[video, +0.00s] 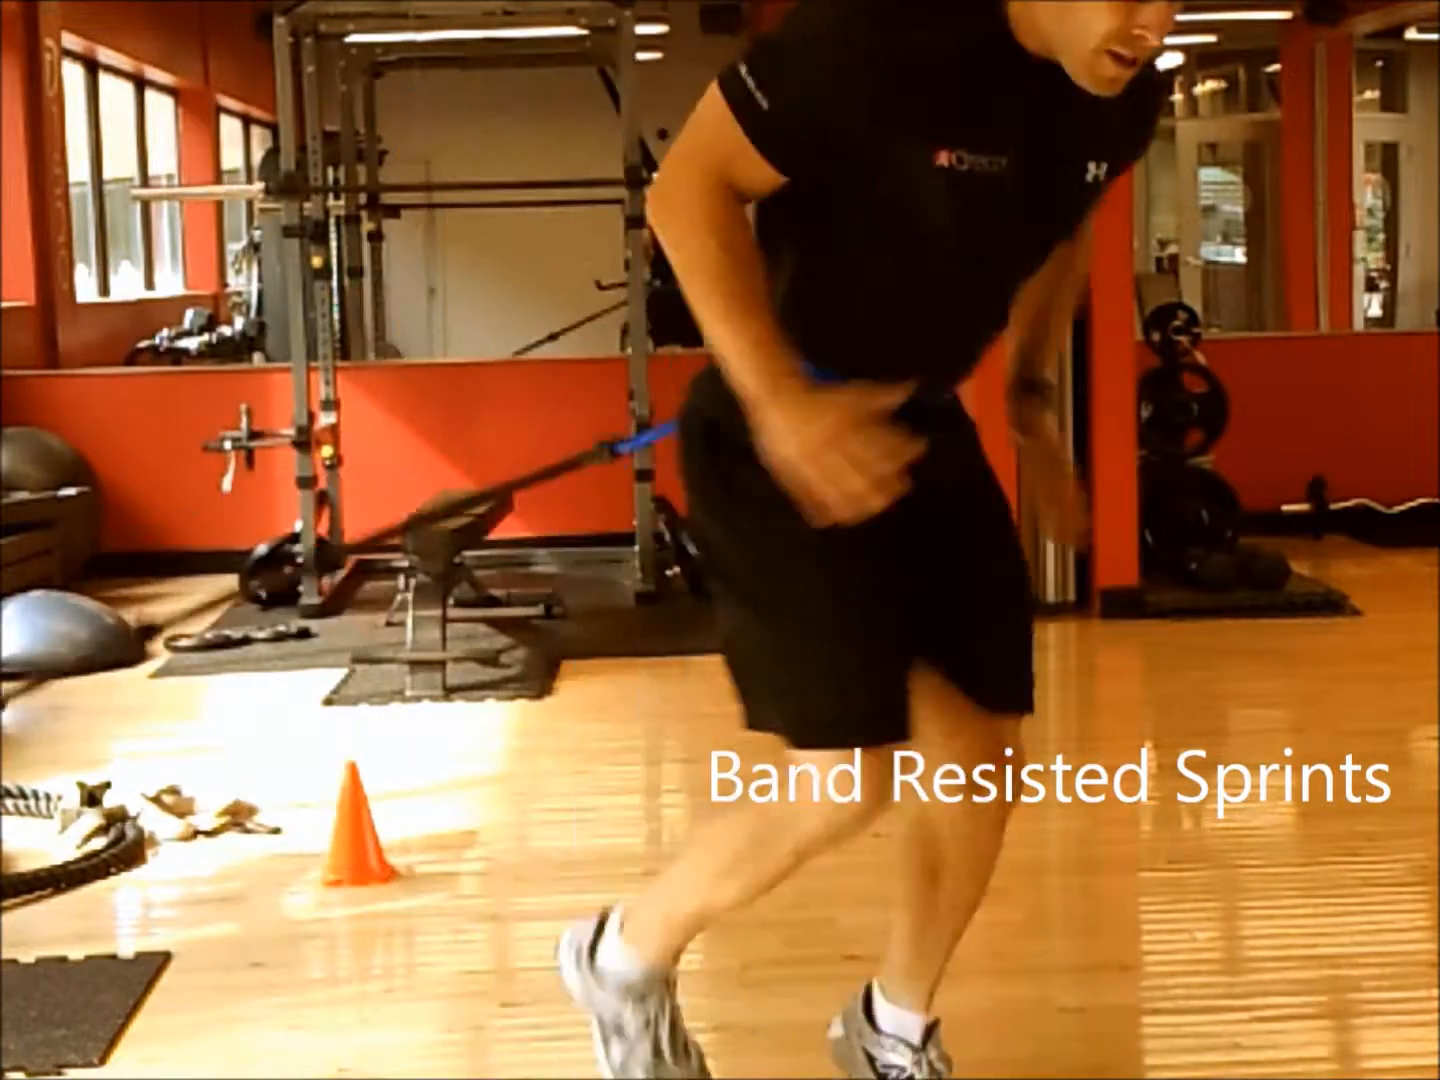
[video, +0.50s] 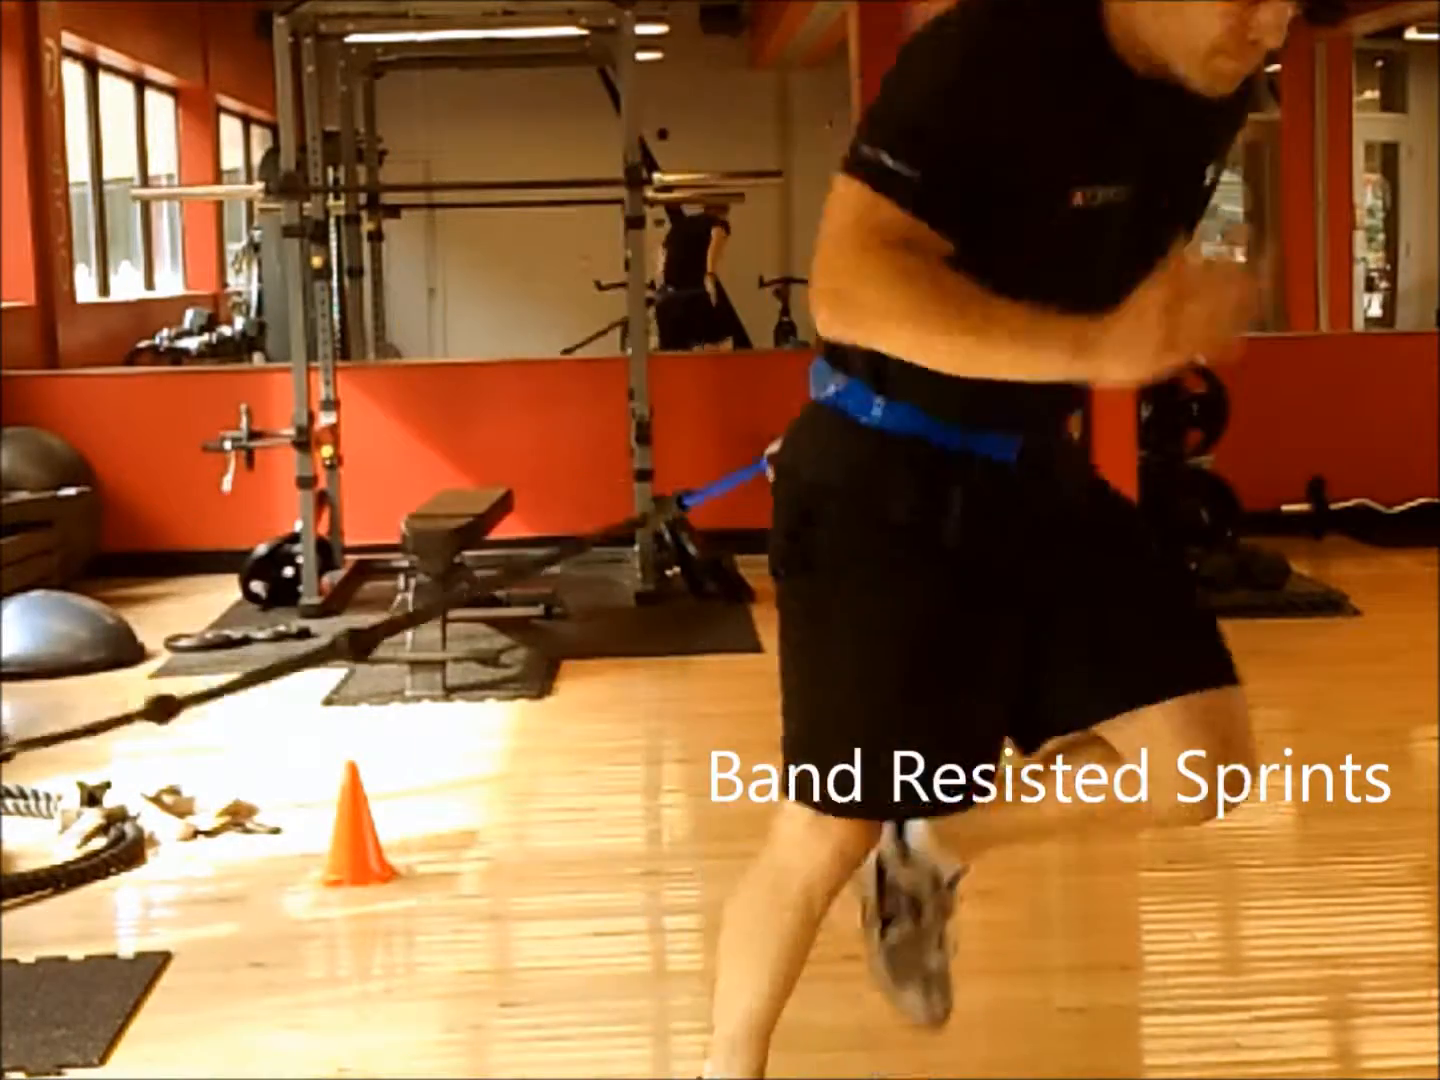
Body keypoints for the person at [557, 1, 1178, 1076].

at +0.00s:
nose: (1150, 27)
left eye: (1170, 5)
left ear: (1179, 10)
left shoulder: (1119, 103)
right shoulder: (872, 40)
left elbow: (1061, 237)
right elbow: (688, 186)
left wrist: (1030, 401)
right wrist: (780, 398)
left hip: (920, 416)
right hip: (772, 415)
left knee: (981, 745)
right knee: (844, 771)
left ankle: (893, 1025)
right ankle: (623, 955)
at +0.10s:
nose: (1186, 64)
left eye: (1205, 38)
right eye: (1165, 24)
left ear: (1210, 45)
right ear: (1069, 5)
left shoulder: (1156, 158)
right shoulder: (899, 85)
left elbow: (1176, 344)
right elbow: (666, 151)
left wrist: (1246, 446)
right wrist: (587, 356)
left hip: (968, 498)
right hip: (834, 491)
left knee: (967, 805)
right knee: (1006, 772)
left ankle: (861, 1058)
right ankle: (713, 797)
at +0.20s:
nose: (1217, 23)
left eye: (1238, 4)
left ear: (1251, 12)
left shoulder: (1201, 108)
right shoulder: (929, 37)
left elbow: (1205, 274)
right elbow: (696, 103)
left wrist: (1281, 334)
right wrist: (636, 331)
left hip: (995, 456)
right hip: (860, 444)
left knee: (951, 774)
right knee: (1009, 775)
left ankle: (870, 1037)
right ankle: (770, 902)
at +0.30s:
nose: (1227, 1)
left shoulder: (1214, 62)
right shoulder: (938, 27)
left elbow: (1167, 222)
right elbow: (740, 163)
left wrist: (1182, 405)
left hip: (1029, 436)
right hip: (869, 435)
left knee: (1098, 780)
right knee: (886, 809)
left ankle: (885, 924)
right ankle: (766, 1062)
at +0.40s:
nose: (1228, 56)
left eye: (1240, 25)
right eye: (1207, 16)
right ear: (1104, 2)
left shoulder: (1173, 114)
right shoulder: (960, 87)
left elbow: (1072, 289)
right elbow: (863, 330)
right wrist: (1123, 314)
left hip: (1020, 508)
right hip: (863, 515)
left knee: (1237, 768)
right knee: (822, 875)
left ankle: (960, 752)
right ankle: (725, 1072)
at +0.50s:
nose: (1272, 25)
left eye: (1288, 1)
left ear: (1301, 4)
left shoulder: (1219, 79)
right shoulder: (983, 47)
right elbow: (849, 287)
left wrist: (1179, 308)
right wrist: (1092, 347)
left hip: (1041, 464)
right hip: (879, 458)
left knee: (1198, 767)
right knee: (833, 818)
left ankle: (931, 840)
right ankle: (729, 1067)